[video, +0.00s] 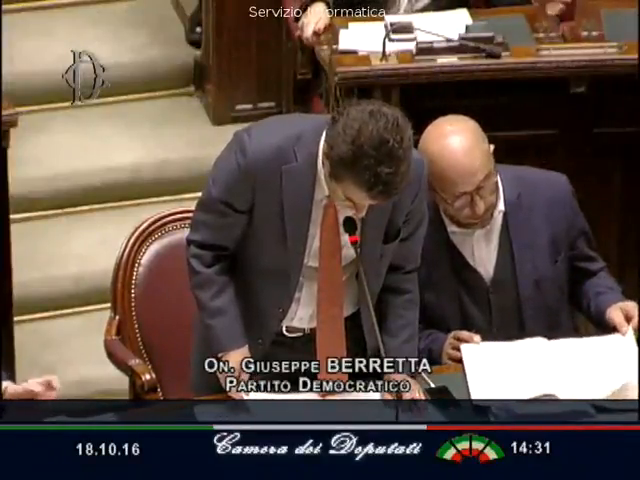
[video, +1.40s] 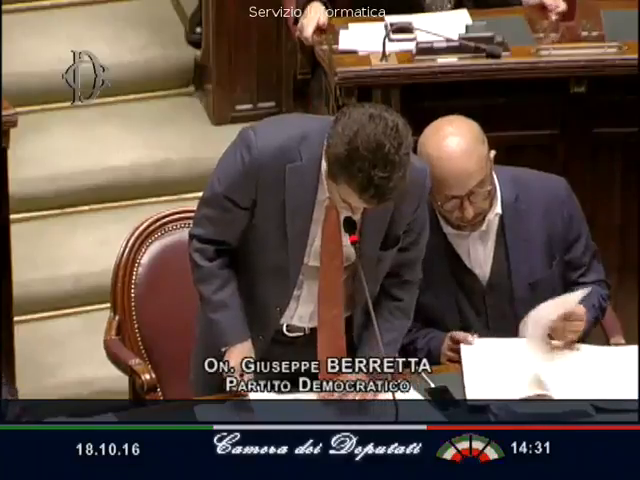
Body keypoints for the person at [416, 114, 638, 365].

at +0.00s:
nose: (477, 206)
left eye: (484, 187)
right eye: (458, 197)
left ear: (492, 154)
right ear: (429, 186)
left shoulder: (551, 193)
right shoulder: (407, 221)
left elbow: (586, 271)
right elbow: (391, 323)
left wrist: (610, 304)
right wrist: (439, 345)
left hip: (557, 377)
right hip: (457, 388)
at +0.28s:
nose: (475, 208)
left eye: (482, 189)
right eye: (457, 198)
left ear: (493, 156)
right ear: (429, 185)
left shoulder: (551, 194)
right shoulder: (408, 220)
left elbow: (588, 270)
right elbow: (393, 325)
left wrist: (592, 301)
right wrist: (439, 347)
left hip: (555, 375)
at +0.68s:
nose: (471, 209)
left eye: (478, 190)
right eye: (454, 198)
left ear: (491, 158)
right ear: (428, 184)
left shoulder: (552, 196)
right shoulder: (408, 220)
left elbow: (594, 283)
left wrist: (553, 314)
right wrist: (439, 345)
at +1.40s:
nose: (469, 211)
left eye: (479, 191)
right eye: (452, 199)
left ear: (491, 159)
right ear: (425, 186)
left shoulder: (550, 197)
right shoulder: (407, 222)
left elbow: (591, 282)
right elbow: (398, 327)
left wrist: (580, 317)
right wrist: (438, 346)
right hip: (454, 380)